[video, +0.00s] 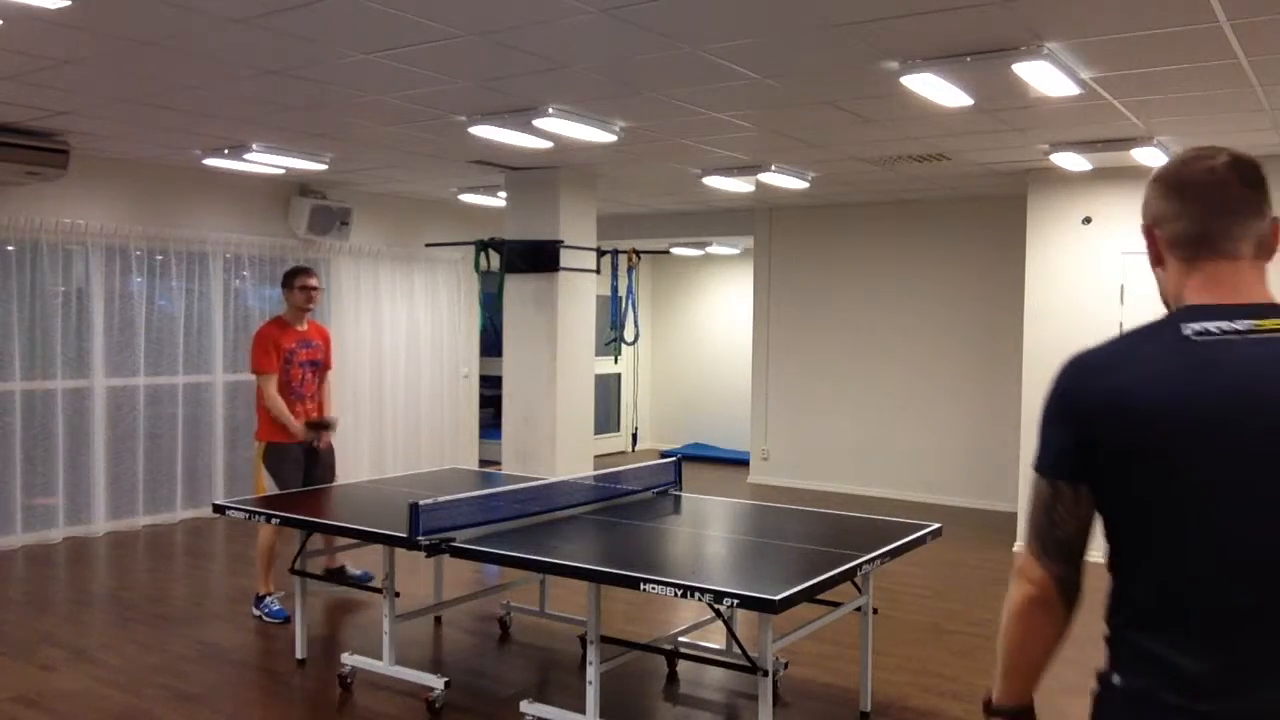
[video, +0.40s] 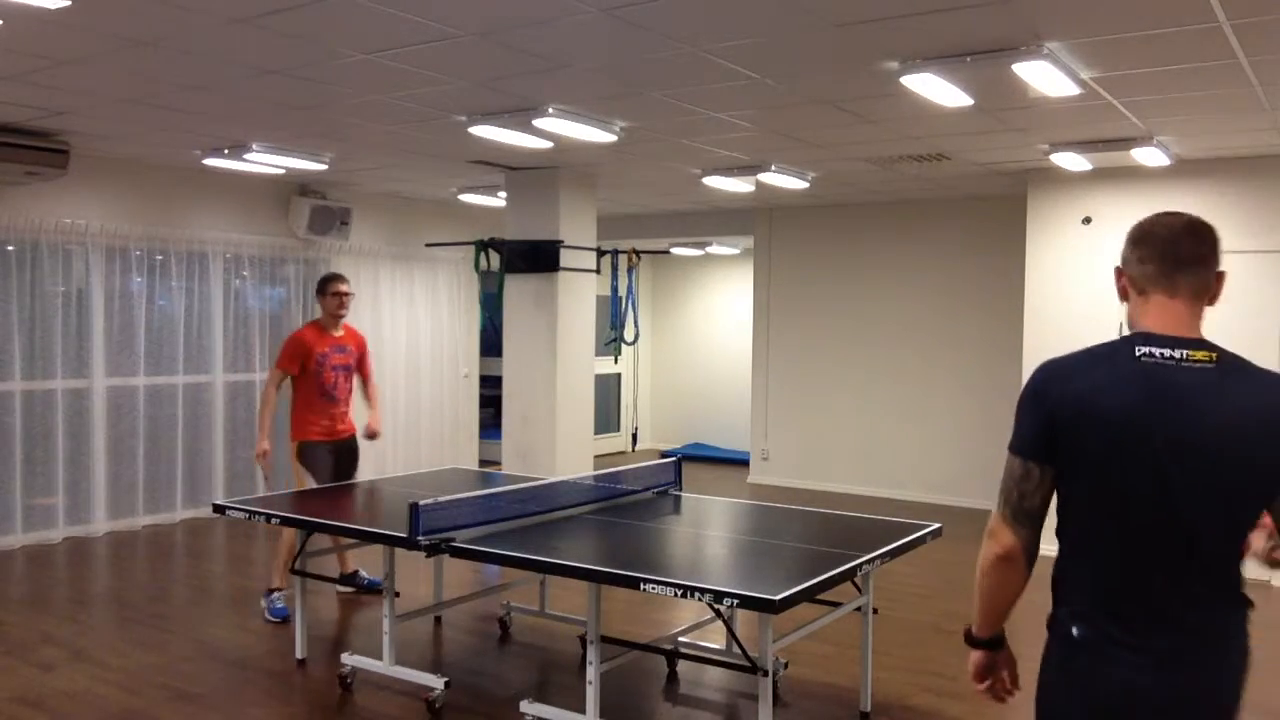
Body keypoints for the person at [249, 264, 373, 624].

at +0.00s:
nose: (311, 295)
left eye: (315, 290)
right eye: (304, 289)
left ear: (319, 294)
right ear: (286, 293)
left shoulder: (321, 334)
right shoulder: (269, 335)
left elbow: (325, 382)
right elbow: (267, 392)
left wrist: (326, 425)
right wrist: (299, 431)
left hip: (315, 436)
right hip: (280, 438)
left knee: (326, 503)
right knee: (277, 514)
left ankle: (333, 564)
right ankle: (264, 593)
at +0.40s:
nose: (342, 301)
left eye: (346, 296)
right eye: (335, 295)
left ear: (350, 300)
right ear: (320, 299)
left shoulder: (356, 340)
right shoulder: (302, 340)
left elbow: (368, 382)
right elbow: (272, 384)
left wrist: (375, 415)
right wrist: (264, 438)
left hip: (345, 437)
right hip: (311, 438)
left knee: (340, 509)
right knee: (304, 511)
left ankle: (347, 572)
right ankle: (275, 590)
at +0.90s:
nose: (356, 300)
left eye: (360, 295)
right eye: (349, 294)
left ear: (363, 298)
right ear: (332, 296)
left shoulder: (367, 337)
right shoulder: (311, 338)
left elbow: (366, 386)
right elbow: (300, 390)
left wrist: (388, 377)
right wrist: (325, 377)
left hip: (361, 429)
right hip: (326, 428)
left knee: (357, 501)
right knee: (330, 499)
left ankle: (348, 571)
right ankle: (302, 583)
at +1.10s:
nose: (356, 302)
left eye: (360, 297)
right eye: (350, 296)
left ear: (363, 301)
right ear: (332, 297)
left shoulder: (366, 338)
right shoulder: (313, 334)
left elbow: (382, 390)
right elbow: (296, 385)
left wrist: (390, 381)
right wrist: (341, 382)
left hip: (355, 427)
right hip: (321, 426)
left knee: (353, 502)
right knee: (315, 501)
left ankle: (349, 572)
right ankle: (285, 580)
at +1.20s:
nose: (353, 303)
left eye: (357, 298)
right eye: (347, 297)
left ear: (360, 302)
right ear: (328, 298)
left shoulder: (362, 338)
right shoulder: (309, 334)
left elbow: (381, 379)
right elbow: (293, 378)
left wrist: (390, 384)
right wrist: (344, 381)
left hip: (350, 430)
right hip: (316, 428)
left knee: (347, 504)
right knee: (304, 503)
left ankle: (348, 571)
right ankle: (272, 585)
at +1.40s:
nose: (344, 306)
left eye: (348, 301)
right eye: (338, 300)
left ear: (349, 306)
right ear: (318, 301)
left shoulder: (349, 343)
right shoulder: (297, 337)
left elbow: (364, 393)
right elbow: (287, 386)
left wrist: (379, 390)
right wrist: (338, 389)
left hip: (334, 435)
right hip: (299, 434)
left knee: (335, 508)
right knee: (294, 511)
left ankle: (348, 572)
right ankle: (266, 594)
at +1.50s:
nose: (339, 306)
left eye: (342, 301)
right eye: (333, 300)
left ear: (343, 306)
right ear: (312, 301)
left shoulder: (342, 343)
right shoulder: (290, 339)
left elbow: (352, 391)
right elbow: (281, 390)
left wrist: (372, 394)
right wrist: (331, 394)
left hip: (323, 436)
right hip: (289, 433)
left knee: (326, 509)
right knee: (290, 511)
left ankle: (347, 572)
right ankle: (264, 595)